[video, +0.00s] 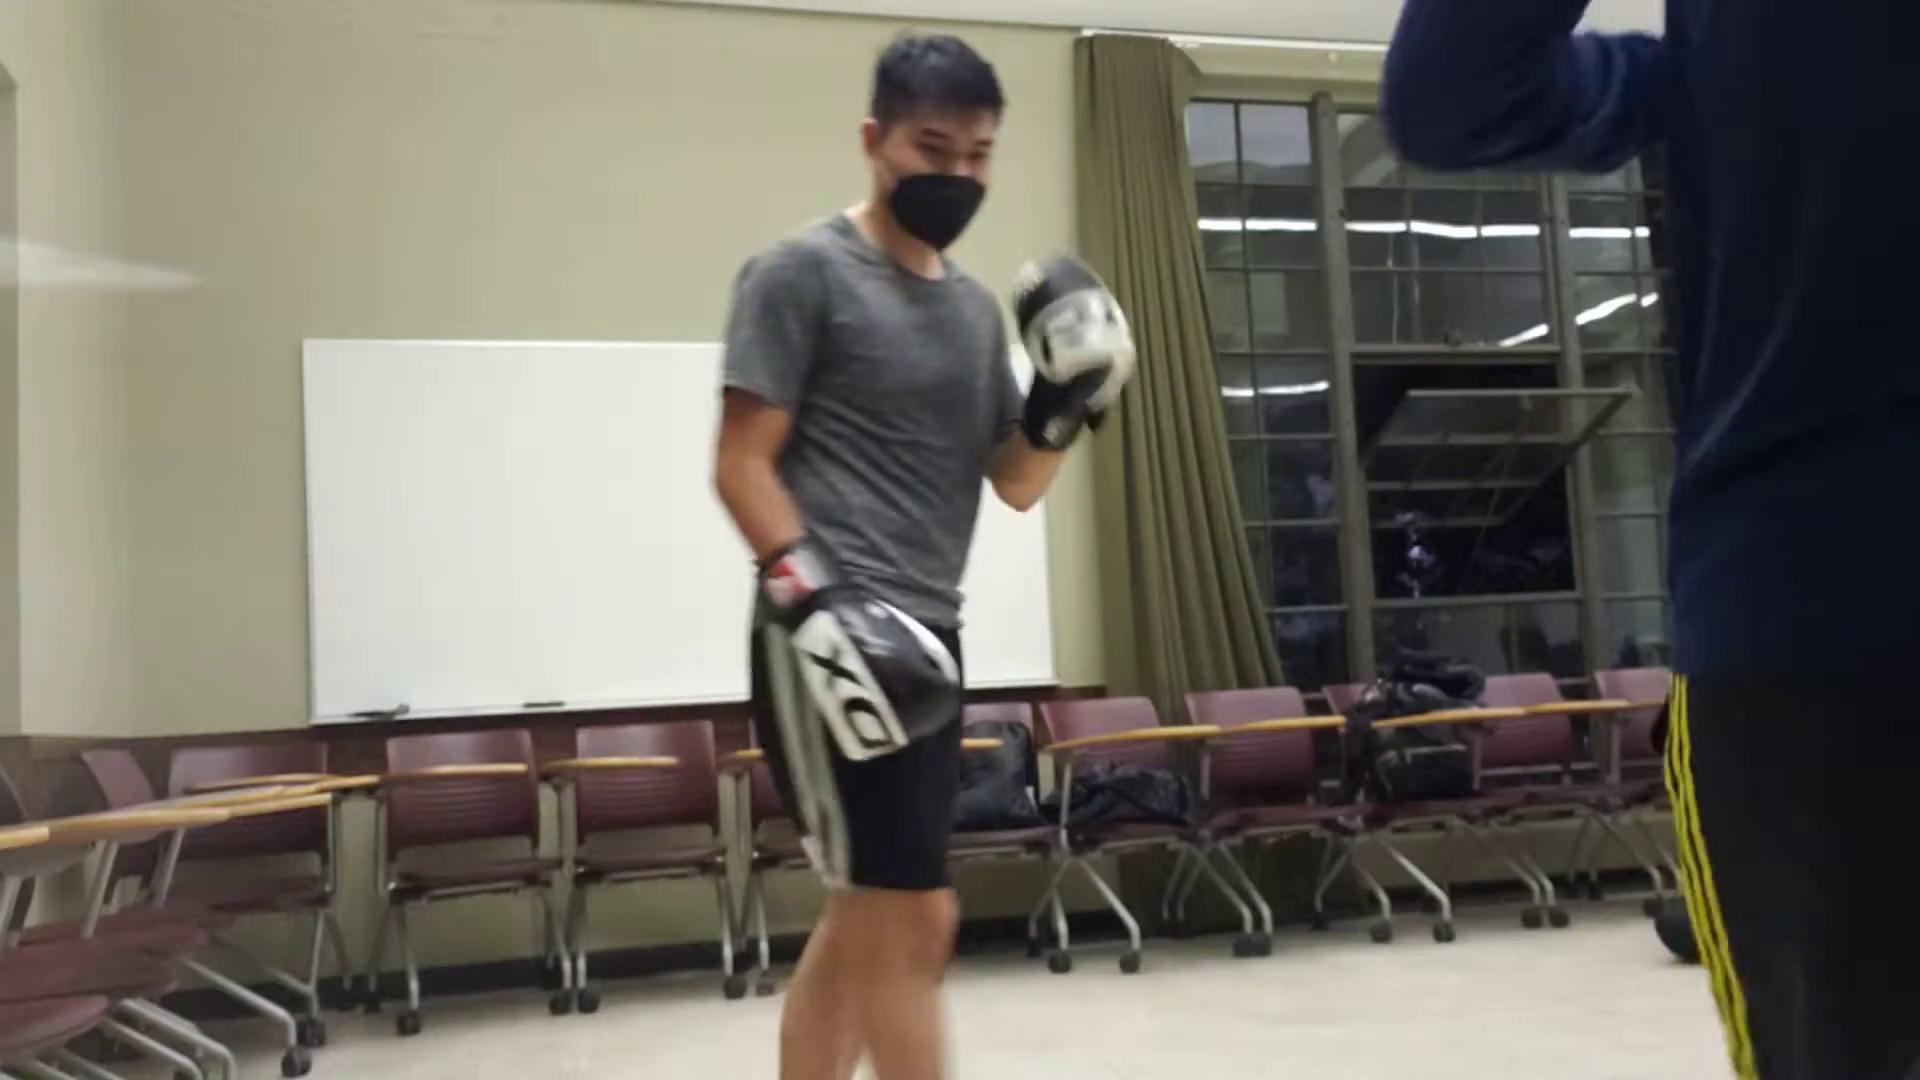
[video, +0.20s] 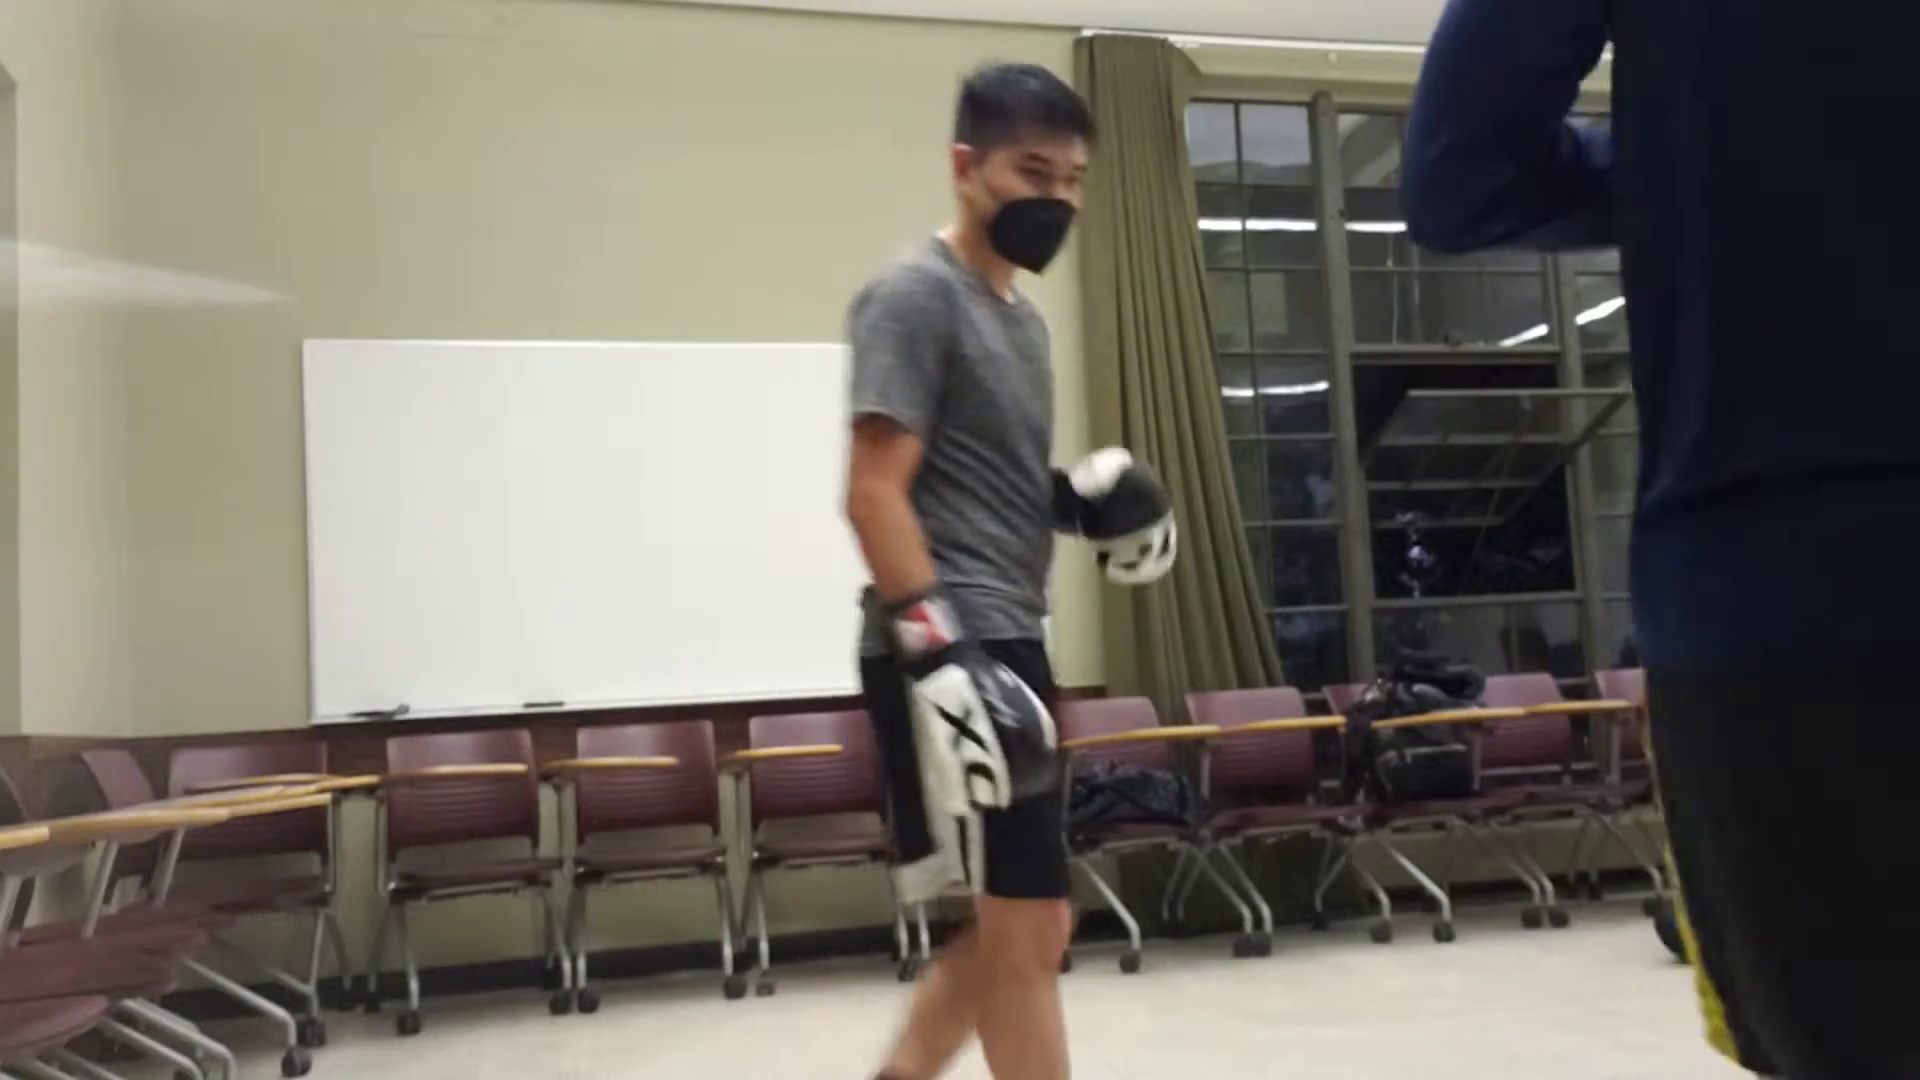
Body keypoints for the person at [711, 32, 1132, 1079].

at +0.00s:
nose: (959, 175)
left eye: (979, 152)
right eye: (933, 148)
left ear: (996, 155)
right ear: (874, 140)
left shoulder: (978, 312)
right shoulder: (801, 274)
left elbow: (1019, 483)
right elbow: (742, 463)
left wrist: (1066, 396)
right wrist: (811, 603)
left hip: (929, 636)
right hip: (835, 627)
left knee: (862, 921)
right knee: (915, 923)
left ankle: (808, 1070)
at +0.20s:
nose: (1056, 196)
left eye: (1072, 176)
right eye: (1032, 169)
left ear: (1084, 181)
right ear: (964, 166)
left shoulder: (1019, 318)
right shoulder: (914, 296)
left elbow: (993, 480)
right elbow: (873, 490)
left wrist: (1076, 501)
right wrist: (938, 656)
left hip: (1016, 644)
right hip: (953, 648)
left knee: (1026, 923)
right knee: (1026, 927)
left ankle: (900, 1070)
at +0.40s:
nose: (1132, 203)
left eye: (1143, 182)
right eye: (1111, 174)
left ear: (1147, 180)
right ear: (1044, 169)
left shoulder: (1053, 295)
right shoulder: (1001, 281)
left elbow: (1028, 466)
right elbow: (971, 471)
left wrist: (1116, 498)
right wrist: (1034, 625)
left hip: (1060, 627)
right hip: (998, 634)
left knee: (1149, 848)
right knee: (1047, 904)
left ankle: (1058, 1061)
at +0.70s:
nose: (1189, 251)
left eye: (1204, 238)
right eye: (1170, 226)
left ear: (1211, 250)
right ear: (1114, 225)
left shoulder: (1167, 376)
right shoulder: (1040, 328)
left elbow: (1151, 527)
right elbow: (967, 488)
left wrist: (1228, 533)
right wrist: (1040, 602)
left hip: (1139, 653)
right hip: (1047, 651)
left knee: (1149, 893)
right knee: (1074, 901)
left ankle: (1152, 1077)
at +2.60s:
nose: (1164, 333)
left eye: (1170, 319)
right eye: (1150, 316)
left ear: (1129, 320)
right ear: (1097, 313)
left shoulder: (1099, 405)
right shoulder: (1064, 395)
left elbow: (1070, 527)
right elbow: (1020, 500)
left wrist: (1143, 590)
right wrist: (1117, 515)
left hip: (1089, 651)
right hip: (1076, 654)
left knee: (1068, 852)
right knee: (1127, 861)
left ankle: (1037, 1033)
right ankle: (1146, 1067)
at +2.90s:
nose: (1168, 306)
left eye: (1171, 292)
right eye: (1156, 290)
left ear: (1106, 295)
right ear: (1100, 288)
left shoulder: (1066, 375)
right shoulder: (1082, 374)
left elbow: (1090, 509)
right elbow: (1131, 487)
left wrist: (1168, 510)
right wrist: (1237, 429)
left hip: (1072, 638)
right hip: (1092, 641)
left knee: (1079, 840)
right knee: (1127, 858)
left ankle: (998, 1009)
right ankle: (1149, 1071)